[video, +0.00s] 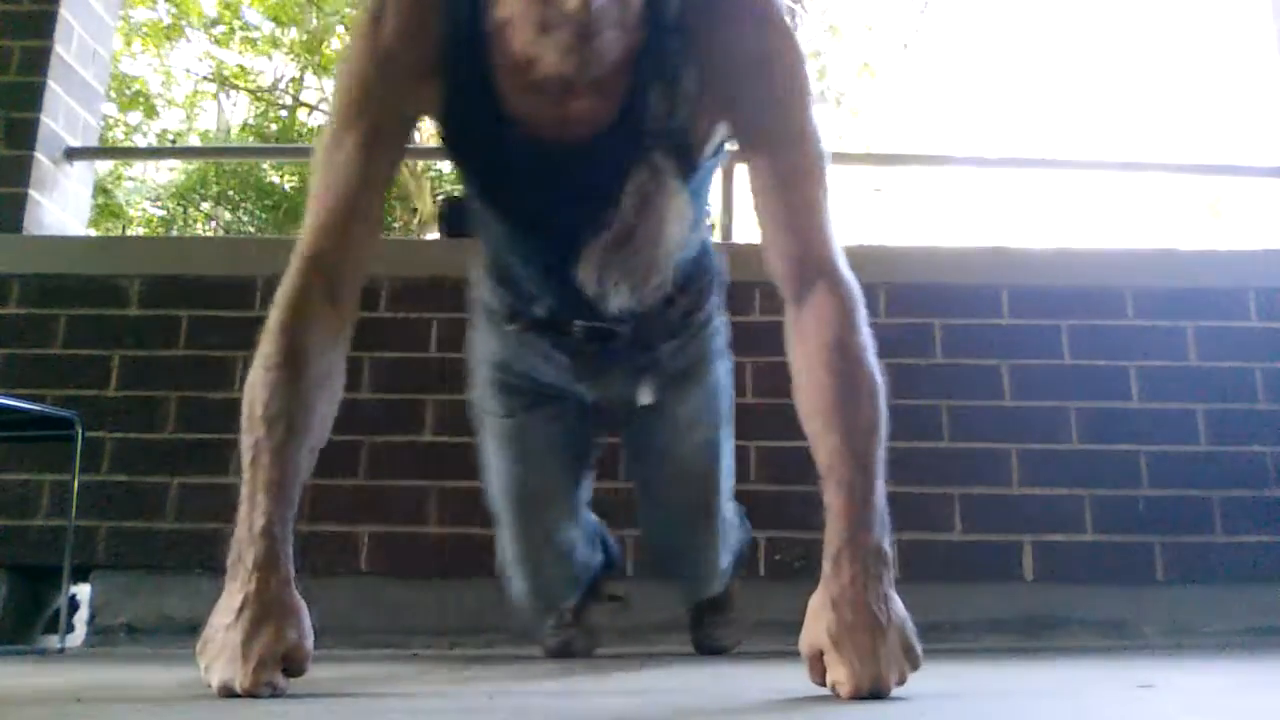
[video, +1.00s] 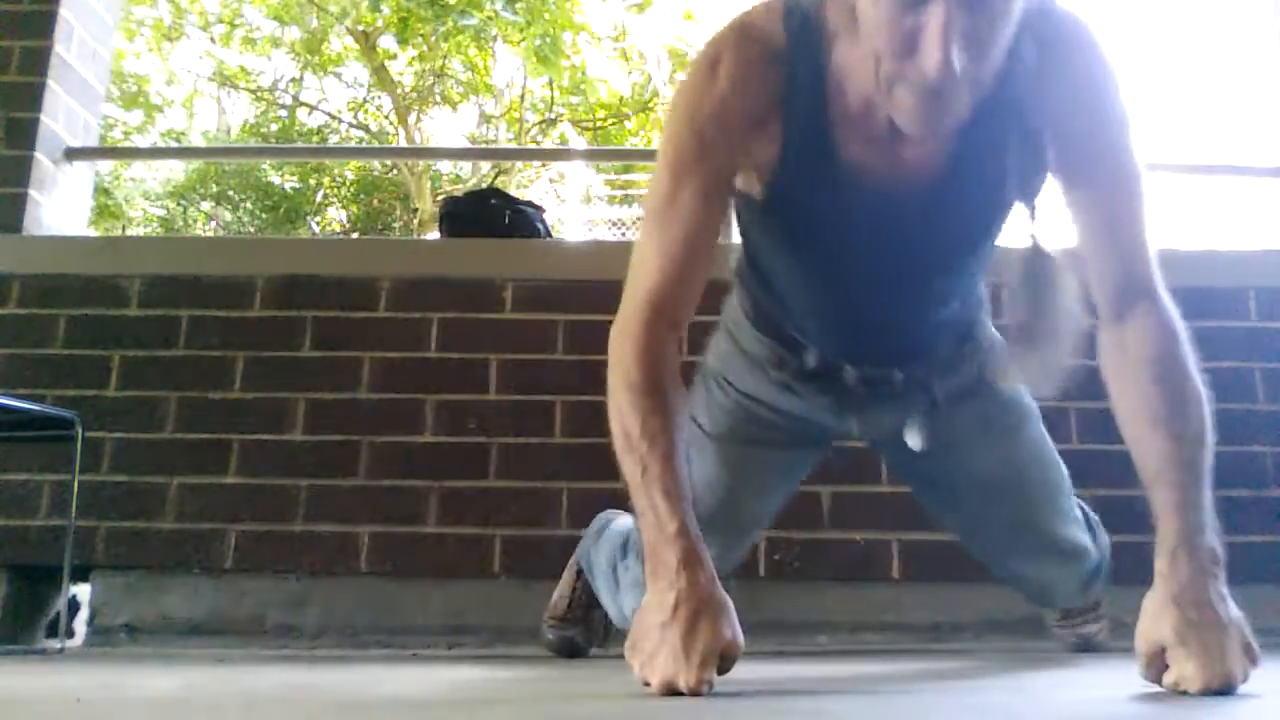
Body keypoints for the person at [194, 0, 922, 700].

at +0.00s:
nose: (558, 45)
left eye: (588, 16)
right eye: (528, 18)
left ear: (639, 4)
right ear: (489, 4)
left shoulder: (734, 24)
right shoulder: (409, 26)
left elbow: (813, 281)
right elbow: (322, 284)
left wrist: (860, 564)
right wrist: (259, 567)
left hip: (676, 321)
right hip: (522, 326)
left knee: (695, 554)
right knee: (541, 590)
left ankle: (710, 574)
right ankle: (586, 559)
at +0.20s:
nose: (652, 15)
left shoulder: (799, 21)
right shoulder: (485, 19)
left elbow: (846, 278)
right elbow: (444, 286)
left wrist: (862, 568)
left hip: (745, 292)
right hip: (593, 288)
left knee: (790, 541)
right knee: (566, 548)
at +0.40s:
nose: (734, 44)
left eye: (767, 10)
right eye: (699, 10)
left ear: (809, 7)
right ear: (641, 13)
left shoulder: (861, 21)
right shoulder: (556, 22)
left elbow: (886, 290)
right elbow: (595, 321)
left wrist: (865, 574)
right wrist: (677, 570)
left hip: (793, 329)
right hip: (641, 320)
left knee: (896, 493)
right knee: (590, 545)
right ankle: (585, 594)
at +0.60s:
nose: (788, 19)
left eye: (823, 3)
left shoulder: (924, 27)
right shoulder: (626, 21)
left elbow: (944, 292)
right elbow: (636, 311)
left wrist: (913, 566)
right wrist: (676, 573)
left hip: (840, 332)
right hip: (685, 329)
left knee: (942, 524)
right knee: (607, 568)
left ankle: (1017, 562)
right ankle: (589, 588)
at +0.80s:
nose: (844, 28)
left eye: (878, 8)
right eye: (816, 3)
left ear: (919, 0)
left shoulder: (997, 23)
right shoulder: (679, 21)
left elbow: (1077, 275)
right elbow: (650, 298)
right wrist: (676, 569)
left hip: (884, 317)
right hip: (721, 323)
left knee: (989, 503)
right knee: (651, 537)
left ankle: (1041, 574)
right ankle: (599, 572)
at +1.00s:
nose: (939, 55)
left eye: (977, 19)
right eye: (906, 11)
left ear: (1017, 15)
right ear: (845, 2)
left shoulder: (1057, 60)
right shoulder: (740, 69)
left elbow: (1132, 306)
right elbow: (646, 328)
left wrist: (1193, 564)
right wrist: (674, 567)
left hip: (951, 370)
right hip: (771, 366)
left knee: (1066, 568)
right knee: (666, 606)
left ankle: (1071, 595)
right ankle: (601, 559)